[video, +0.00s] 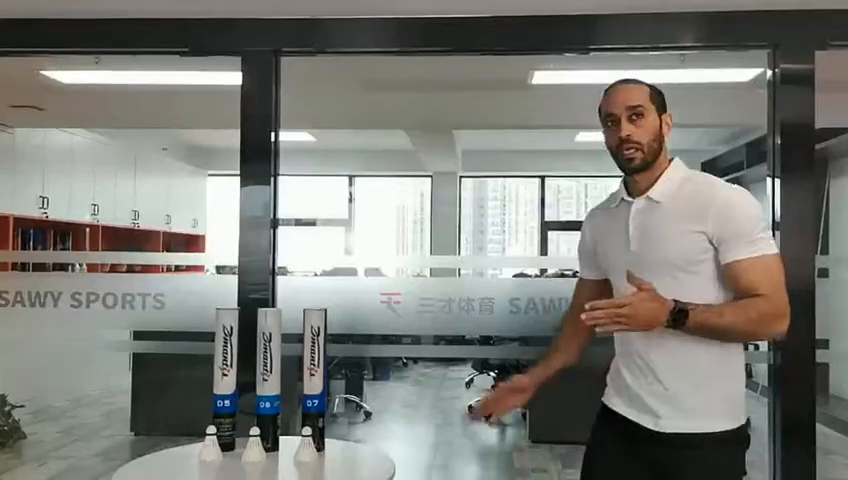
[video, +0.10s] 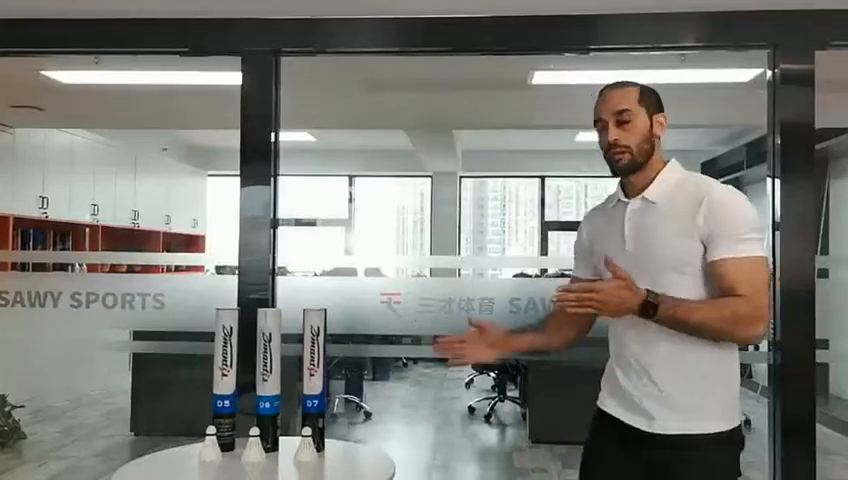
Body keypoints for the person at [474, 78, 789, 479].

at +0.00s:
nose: (623, 133)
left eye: (636, 117)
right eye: (612, 123)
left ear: (665, 124)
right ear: (604, 136)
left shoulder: (726, 204)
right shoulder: (599, 222)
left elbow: (773, 316)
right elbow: (582, 320)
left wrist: (671, 314)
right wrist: (530, 379)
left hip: (707, 434)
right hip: (622, 426)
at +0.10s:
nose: (610, 137)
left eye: (623, 121)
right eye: (601, 127)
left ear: (658, 126)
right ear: (596, 137)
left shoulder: (718, 205)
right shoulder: (596, 224)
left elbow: (750, 320)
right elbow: (572, 321)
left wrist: (641, 304)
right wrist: (508, 342)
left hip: (700, 434)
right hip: (618, 424)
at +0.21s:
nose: (585, 144)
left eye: (598, 128)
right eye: (583, 133)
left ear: (641, 127)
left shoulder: (706, 208)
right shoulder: (591, 223)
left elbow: (719, 325)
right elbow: (561, 324)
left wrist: (605, 302)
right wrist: (483, 323)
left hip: (687, 436)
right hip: (605, 427)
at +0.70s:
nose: (545, 137)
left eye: (557, 123)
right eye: (535, 130)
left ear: (588, 129)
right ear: (530, 143)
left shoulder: (644, 204)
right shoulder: (536, 229)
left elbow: (661, 319)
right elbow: (524, 330)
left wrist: (551, 313)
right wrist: (442, 346)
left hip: (630, 423)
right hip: (556, 422)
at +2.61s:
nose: (538, 136)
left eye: (552, 121)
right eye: (528, 127)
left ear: (582, 128)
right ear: (522, 139)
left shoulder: (629, 205)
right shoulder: (529, 226)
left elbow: (644, 323)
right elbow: (522, 327)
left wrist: (536, 317)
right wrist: (446, 326)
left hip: (609, 426)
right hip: (540, 423)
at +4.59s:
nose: (492, 169)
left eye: (500, 151)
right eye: (488, 156)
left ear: (540, 135)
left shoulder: (620, 204)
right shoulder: (510, 224)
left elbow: (658, 326)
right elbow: (495, 326)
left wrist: (543, 320)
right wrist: (411, 347)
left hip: (618, 432)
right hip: (541, 431)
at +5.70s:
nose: (493, 152)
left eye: (502, 136)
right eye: (493, 138)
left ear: (546, 131)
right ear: (540, 135)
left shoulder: (628, 195)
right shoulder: (530, 231)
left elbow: (685, 313)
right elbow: (490, 324)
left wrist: (566, 325)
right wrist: (397, 358)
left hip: (653, 442)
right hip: (569, 433)